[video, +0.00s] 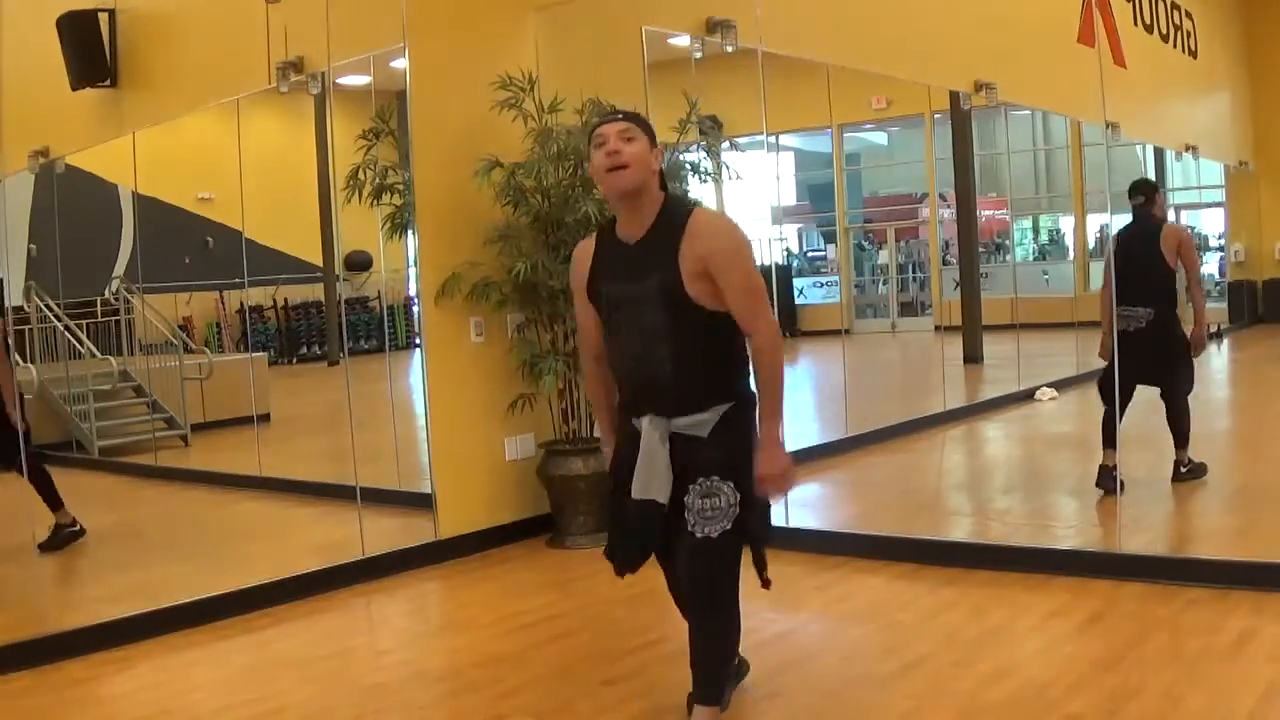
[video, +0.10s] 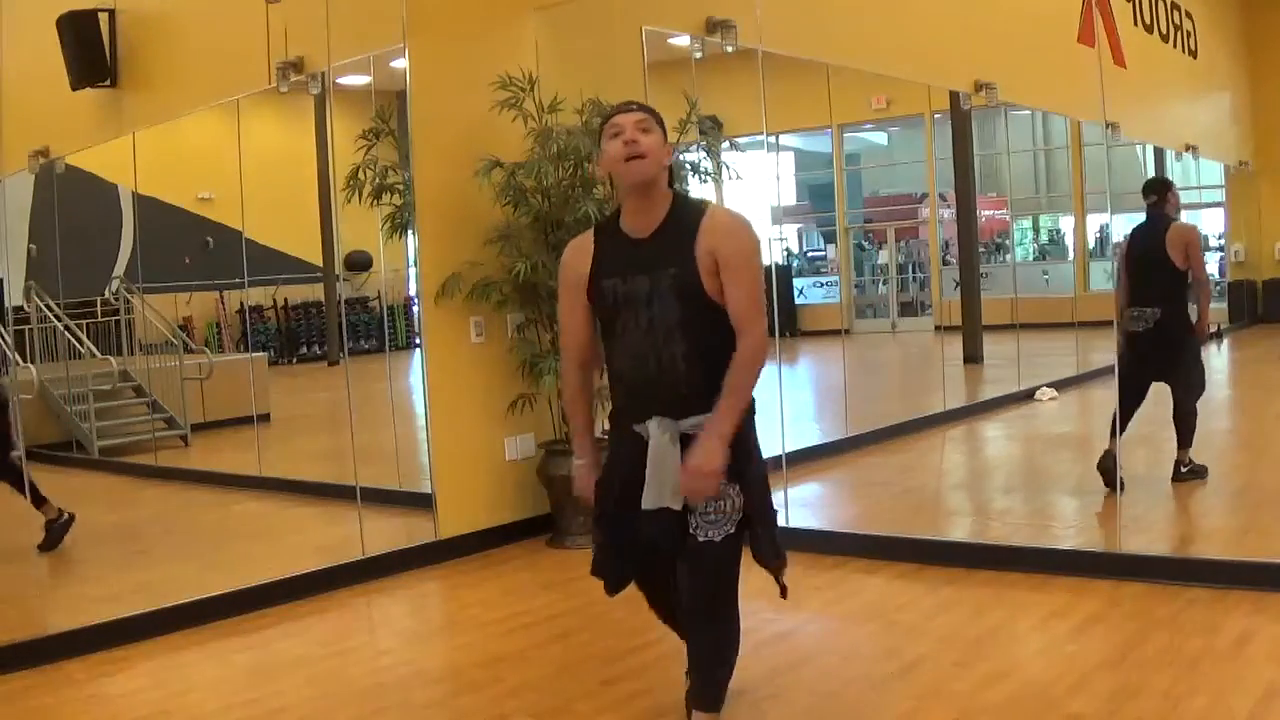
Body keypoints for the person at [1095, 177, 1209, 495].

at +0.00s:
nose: (1166, 204)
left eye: (1163, 199)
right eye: (1163, 199)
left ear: (1134, 204)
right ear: (1156, 201)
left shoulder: (1117, 240)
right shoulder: (1176, 234)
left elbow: (1107, 290)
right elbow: (1194, 284)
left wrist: (1106, 335)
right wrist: (1199, 326)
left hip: (1125, 336)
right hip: (1163, 335)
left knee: (1114, 402)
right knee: (1176, 397)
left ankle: (1107, 468)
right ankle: (1182, 462)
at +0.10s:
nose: (1179, 199)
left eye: (1176, 194)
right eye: (1176, 195)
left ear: (1147, 201)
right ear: (1169, 198)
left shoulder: (1131, 239)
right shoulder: (1186, 233)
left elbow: (1123, 290)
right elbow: (1201, 282)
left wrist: (1121, 328)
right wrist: (1203, 321)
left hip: (1137, 331)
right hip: (1173, 331)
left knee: (1130, 394)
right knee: (1186, 394)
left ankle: (1110, 452)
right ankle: (1183, 461)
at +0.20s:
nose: (1192, 200)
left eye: (1191, 194)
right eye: (1189, 195)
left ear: (1162, 200)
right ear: (1180, 198)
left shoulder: (1145, 234)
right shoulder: (1191, 231)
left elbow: (1141, 286)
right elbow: (1211, 275)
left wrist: (1142, 326)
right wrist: (1212, 296)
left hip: (1149, 326)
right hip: (1182, 325)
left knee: (1154, 389)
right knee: (1193, 392)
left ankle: (1121, 435)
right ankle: (1184, 461)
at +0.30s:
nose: (1203, 197)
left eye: (1201, 191)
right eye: (1200, 191)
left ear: (1173, 195)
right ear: (1190, 193)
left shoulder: (1157, 228)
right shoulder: (1197, 227)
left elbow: (1169, 266)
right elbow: (1225, 262)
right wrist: (1226, 251)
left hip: (1157, 319)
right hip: (1186, 320)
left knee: (1174, 382)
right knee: (1196, 387)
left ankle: (1143, 440)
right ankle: (1184, 462)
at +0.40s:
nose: (1213, 198)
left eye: (1213, 192)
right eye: (1211, 192)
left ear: (1186, 193)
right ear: (1199, 192)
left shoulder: (1167, 225)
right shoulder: (1200, 221)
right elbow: (1235, 234)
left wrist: (1207, 316)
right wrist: (1232, 205)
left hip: (1166, 316)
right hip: (1189, 318)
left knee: (1187, 382)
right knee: (1195, 384)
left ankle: (1179, 452)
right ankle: (1182, 459)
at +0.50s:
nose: (1221, 198)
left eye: (1220, 192)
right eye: (1219, 192)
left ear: (1196, 194)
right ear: (1209, 193)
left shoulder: (1179, 224)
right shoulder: (1206, 221)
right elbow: (1233, 216)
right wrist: (1218, 201)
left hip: (1175, 316)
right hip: (1196, 317)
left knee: (1201, 380)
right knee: (1195, 386)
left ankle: (1211, 442)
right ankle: (1183, 461)